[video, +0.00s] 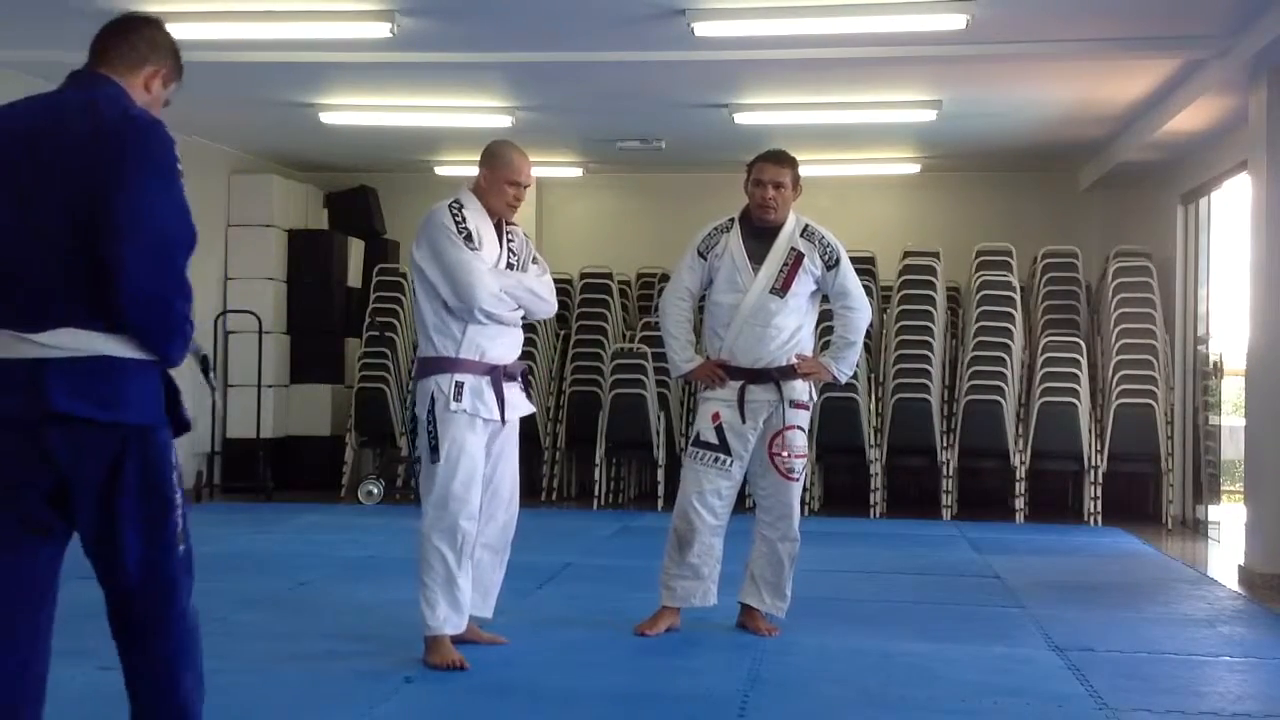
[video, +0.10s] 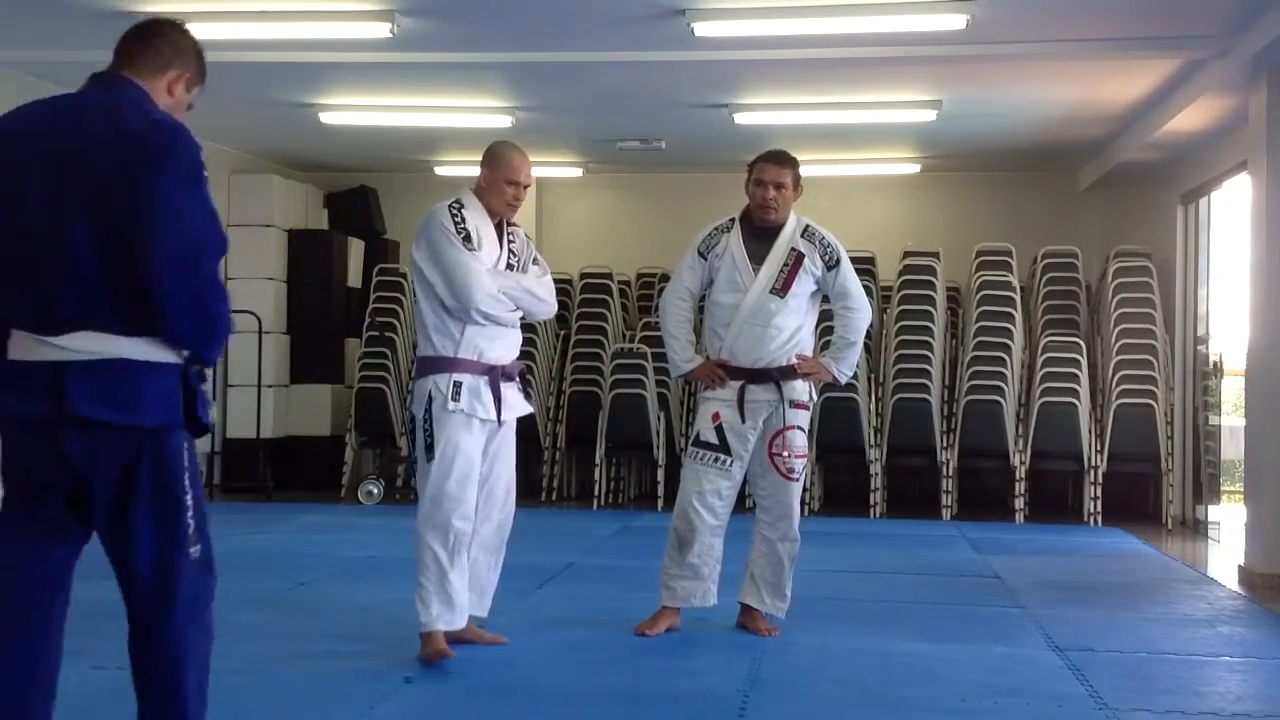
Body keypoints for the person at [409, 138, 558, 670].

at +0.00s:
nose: (520, 197)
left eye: (526, 188)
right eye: (513, 185)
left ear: (527, 188)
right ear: (482, 177)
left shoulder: (516, 238)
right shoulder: (446, 221)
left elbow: (548, 301)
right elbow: (477, 295)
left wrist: (493, 282)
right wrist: (526, 299)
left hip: (505, 392)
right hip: (455, 389)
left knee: (496, 510)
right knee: (451, 510)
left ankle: (466, 620)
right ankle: (439, 634)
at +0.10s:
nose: (520, 196)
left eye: (526, 188)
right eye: (512, 185)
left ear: (528, 188)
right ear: (483, 177)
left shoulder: (515, 238)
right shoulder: (445, 222)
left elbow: (547, 301)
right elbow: (475, 297)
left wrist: (493, 282)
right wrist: (522, 302)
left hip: (502, 390)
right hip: (453, 387)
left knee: (492, 508)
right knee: (447, 507)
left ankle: (462, 619)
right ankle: (433, 626)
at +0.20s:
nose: (518, 193)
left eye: (525, 186)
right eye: (510, 182)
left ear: (528, 187)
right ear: (483, 175)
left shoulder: (516, 238)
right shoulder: (445, 222)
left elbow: (547, 301)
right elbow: (474, 296)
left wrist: (491, 281)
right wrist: (521, 305)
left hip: (499, 388)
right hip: (451, 385)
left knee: (488, 506)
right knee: (442, 504)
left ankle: (457, 618)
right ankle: (425, 624)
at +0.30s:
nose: (515, 192)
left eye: (523, 185)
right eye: (507, 181)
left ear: (528, 187)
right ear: (481, 174)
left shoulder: (515, 239)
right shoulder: (446, 220)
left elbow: (544, 303)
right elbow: (474, 298)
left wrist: (489, 280)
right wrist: (519, 307)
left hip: (496, 388)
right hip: (448, 383)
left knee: (484, 505)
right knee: (439, 502)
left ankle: (455, 616)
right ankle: (418, 622)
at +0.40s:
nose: (512, 193)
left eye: (520, 185)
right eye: (504, 181)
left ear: (526, 188)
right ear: (479, 176)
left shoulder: (513, 241)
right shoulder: (445, 221)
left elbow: (540, 305)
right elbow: (473, 297)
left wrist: (487, 279)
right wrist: (518, 307)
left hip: (493, 388)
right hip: (446, 382)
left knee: (483, 503)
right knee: (439, 499)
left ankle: (450, 615)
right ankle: (408, 613)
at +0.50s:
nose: (508, 193)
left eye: (517, 186)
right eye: (500, 181)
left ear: (522, 189)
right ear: (475, 176)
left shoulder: (509, 242)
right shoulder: (441, 221)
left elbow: (537, 306)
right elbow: (468, 296)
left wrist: (483, 281)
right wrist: (515, 307)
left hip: (490, 387)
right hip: (442, 382)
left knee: (482, 502)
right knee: (440, 496)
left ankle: (451, 614)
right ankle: (408, 596)